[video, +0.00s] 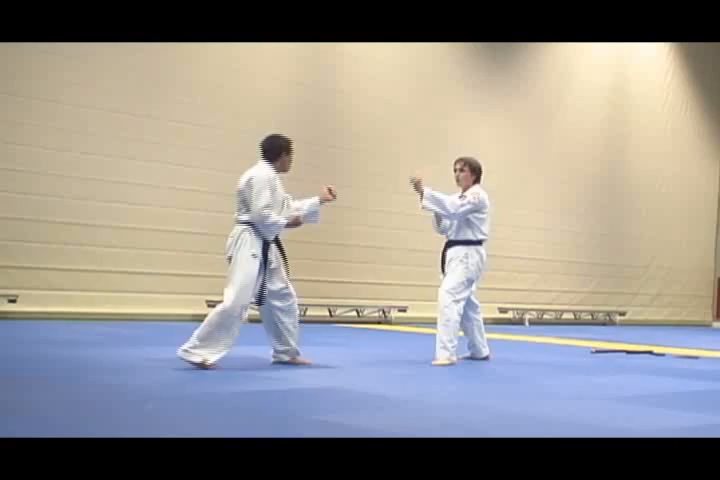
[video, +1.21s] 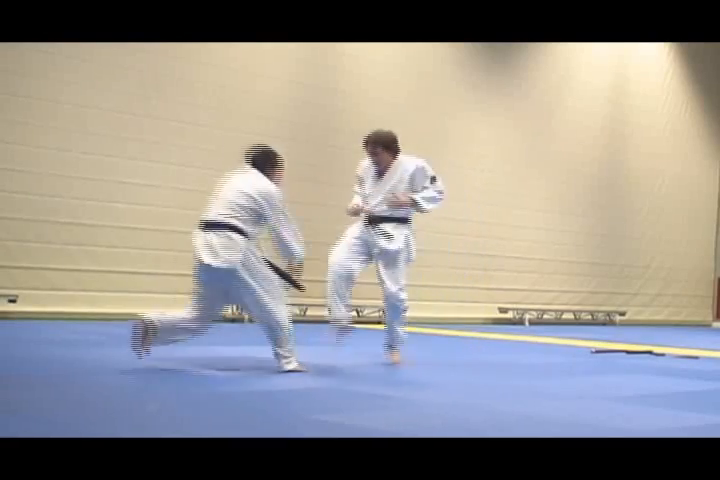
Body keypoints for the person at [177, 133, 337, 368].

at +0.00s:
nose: (291, 159)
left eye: (291, 154)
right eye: (289, 154)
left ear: (274, 155)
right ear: (280, 155)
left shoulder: (273, 177)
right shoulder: (261, 175)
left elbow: (287, 210)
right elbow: (261, 215)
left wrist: (319, 200)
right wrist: (286, 222)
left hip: (266, 240)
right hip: (249, 238)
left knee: (282, 295)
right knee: (236, 301)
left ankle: (286, 352)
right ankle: (195, 350)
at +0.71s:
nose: (301, 160)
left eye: (301, 155)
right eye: (299, 155)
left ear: (280, 154)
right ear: (290, 156)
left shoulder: (277, 174)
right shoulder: (271, 176)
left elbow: (290, 212)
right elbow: (286, 219)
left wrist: (316, 208)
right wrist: (304, 222)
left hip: (277, 243)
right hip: (266, 243)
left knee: (294, 297)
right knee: (252, 304)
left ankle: (289, 353)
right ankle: (207, 353)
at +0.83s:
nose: (308, 179)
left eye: (309, 174)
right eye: (308, 174)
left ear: (291, 171)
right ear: (298, 172)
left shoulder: (285, 189)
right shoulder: (279, 187)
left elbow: (293, 222)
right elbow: (287, 223)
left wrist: (314, 223)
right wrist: (313, 228)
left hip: (275, 251)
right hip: (264, 250)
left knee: (302, 299)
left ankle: (291, 353)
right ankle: (235, 342)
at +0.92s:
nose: (311, 192)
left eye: (312, 188)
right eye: (311, 187)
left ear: (290, 178)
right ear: (305, 183)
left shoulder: (274, 190)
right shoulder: (290, 192)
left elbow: (290, 232)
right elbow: (315, 228)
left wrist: (319, 217)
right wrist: (324, 220)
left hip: (245, 249)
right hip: (258, 251)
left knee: (282, 304)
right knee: (303, 303)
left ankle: (291, 354)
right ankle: (259, 345)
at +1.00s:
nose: (312, 199)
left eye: (312, 195)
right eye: (312, 194)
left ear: (289, 185)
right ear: (307, 190)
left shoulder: (271, 195)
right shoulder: (297, 198)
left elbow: (283, 238)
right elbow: (325, 232)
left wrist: (316, 238)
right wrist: (337, 227)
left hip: (227, 248)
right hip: (251, 247)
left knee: (264, 305)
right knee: (301, 299)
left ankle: (282, 354)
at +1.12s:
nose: (301, 197)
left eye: (301, 192)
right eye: (300, 192)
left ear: (275, 184)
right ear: (292, 189)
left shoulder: (255, 195)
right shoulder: (284, 203)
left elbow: (271, 242)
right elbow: (310, 239)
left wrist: (295, 266)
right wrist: (322, 253)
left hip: (216, 248)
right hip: (244, 252)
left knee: (229, 311)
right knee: (288, 301)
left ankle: (193, 336)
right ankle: (290, 360)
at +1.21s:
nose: (282, 175)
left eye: (282, 170)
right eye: (280, 170)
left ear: (254, 165)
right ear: (270, 169)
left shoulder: (233, 178)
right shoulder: (267, 189)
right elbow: (283, 228)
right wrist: (296, 257)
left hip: (204, 243)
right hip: (230, 246)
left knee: (202, 316)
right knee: (270, 301)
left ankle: (153, 327)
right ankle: (287, 360)